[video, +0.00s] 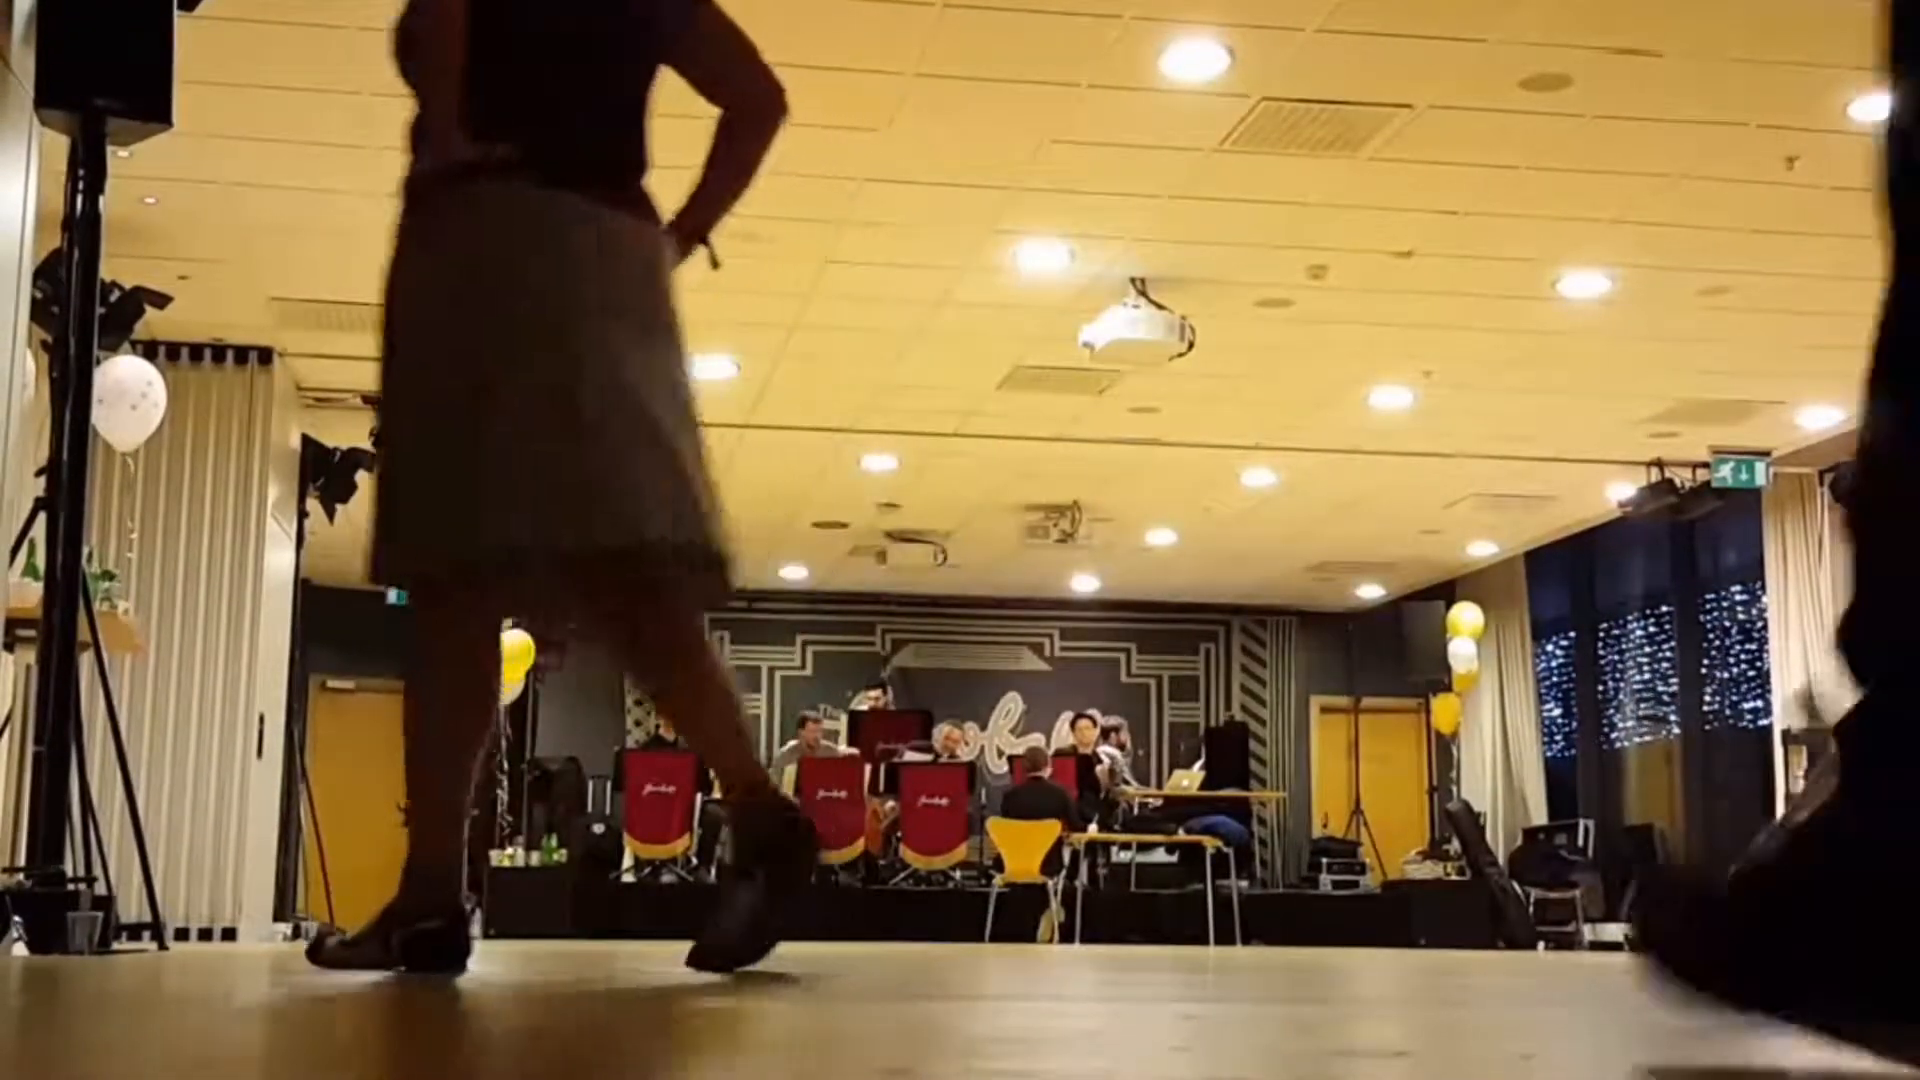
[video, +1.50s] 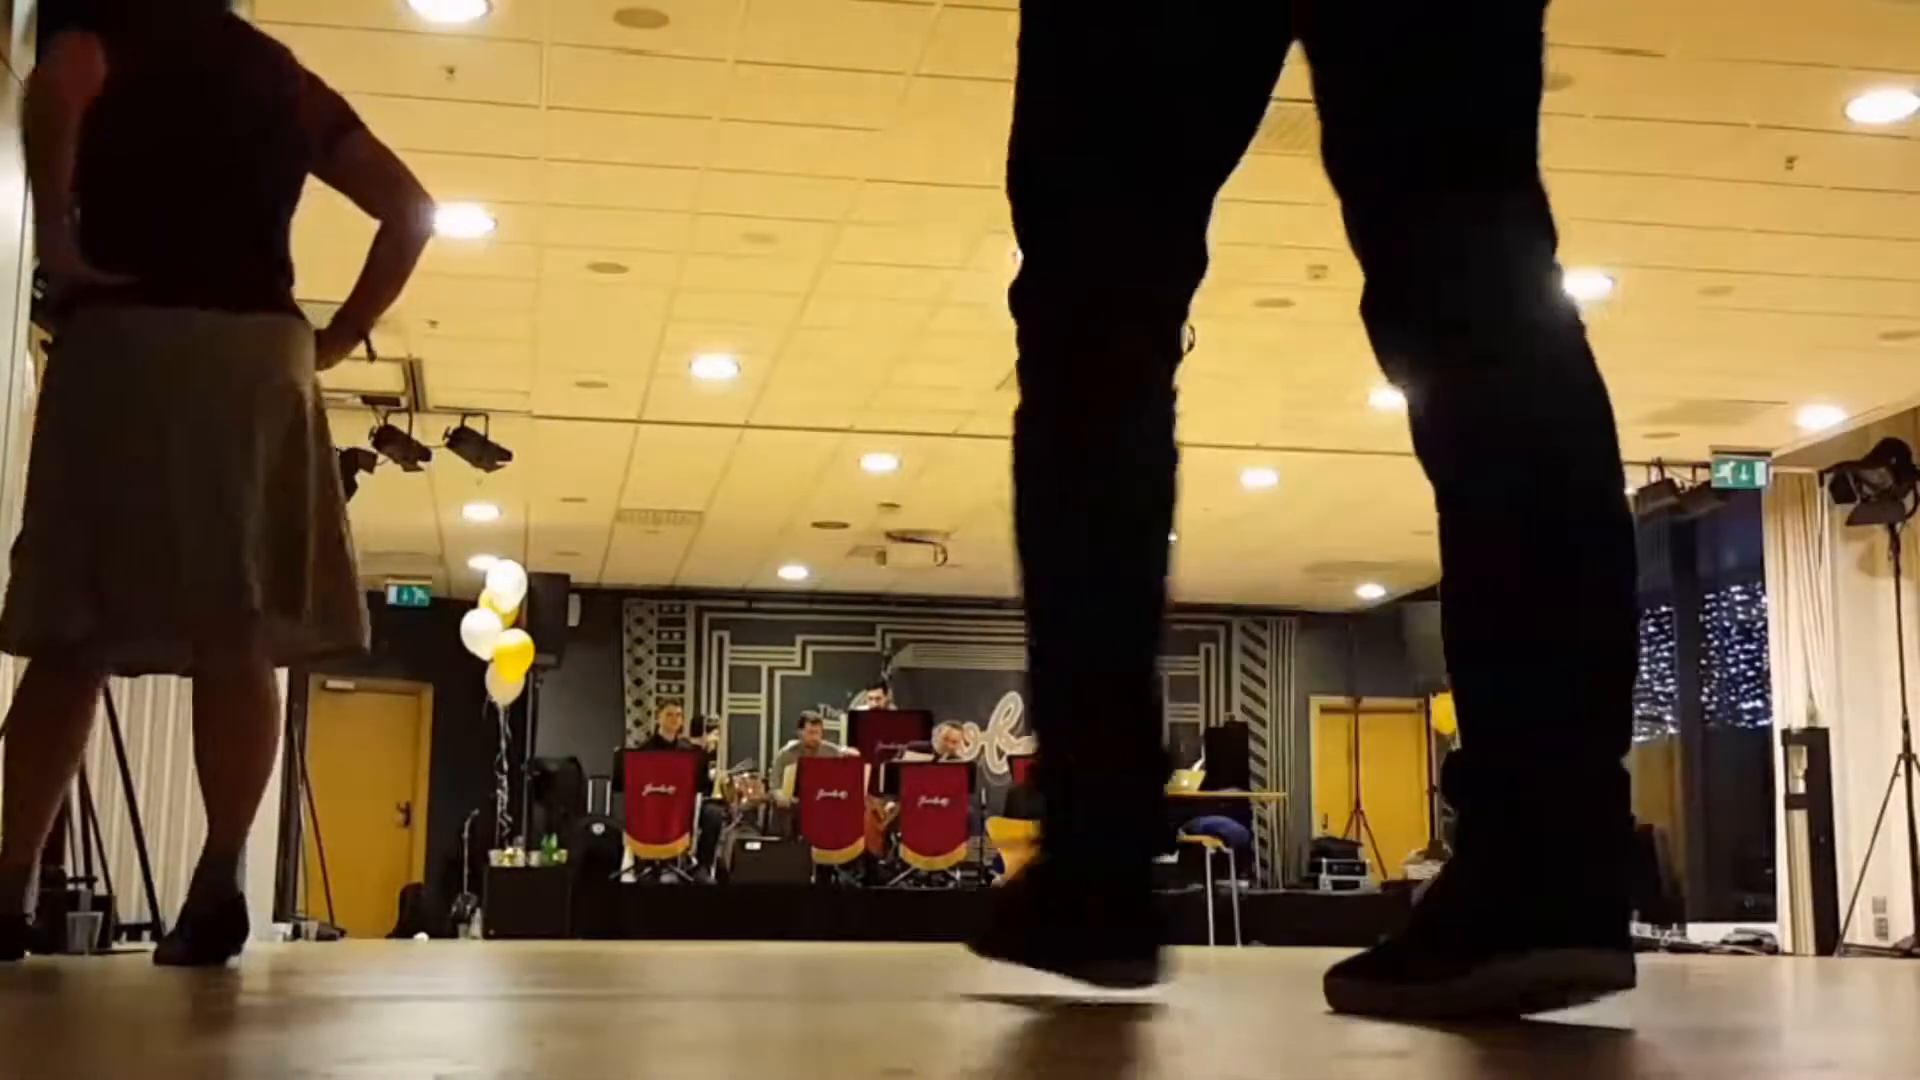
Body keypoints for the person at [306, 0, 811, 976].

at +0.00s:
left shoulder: (447, 6)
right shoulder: (643, 4)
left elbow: (425, 41)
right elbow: (757, 99)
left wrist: (440, 132)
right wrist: (684, 231)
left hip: (467, 260)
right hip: (604, 260)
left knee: (450, 592)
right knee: (624, 576)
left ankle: (431, 899)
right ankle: (764, 815)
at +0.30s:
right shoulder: (541, 6)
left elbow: (263, 5)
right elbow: (674, 92)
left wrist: (305, 153)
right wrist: (603, 235)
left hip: (387, 250)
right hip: (522, 260)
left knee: (407, 595)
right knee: (476, 607)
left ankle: (426, 896)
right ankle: (459, 894)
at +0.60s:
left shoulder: (257, 11)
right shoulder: (458, 13)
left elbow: (205, 11)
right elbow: (594, 132)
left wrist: (249, 177)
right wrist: (523, 266)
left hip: (324, 267)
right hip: (449, 275)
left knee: (365, 589)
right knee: (357, 594)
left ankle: (424, 883)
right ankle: (264, 870)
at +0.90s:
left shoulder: (228, 12)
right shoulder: (391, 38)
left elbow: (207, 17)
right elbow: (507, 190)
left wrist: (196, 198)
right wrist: (419, 295)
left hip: (243, 301)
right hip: (362, 316)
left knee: (200, 591)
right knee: (292, 614)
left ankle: (340, 820)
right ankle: (224, 900)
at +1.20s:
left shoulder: (176, 5)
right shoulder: (334, 54)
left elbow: (175, 46)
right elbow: (450, 208)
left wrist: (154, 214)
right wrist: (369, 322)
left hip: (182, 323)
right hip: (310, 336)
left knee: (88, 613)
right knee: (264, 631)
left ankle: (93, 886)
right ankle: (222, 903)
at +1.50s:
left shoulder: (95, 18)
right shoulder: (276, 70)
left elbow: (59, 90)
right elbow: (411, 211)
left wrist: (57, 241)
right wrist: (340, 332)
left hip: (123, 354)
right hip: (263, 359)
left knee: (70, 644)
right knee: (238, 643)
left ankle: (9, 893)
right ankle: (220, 887)